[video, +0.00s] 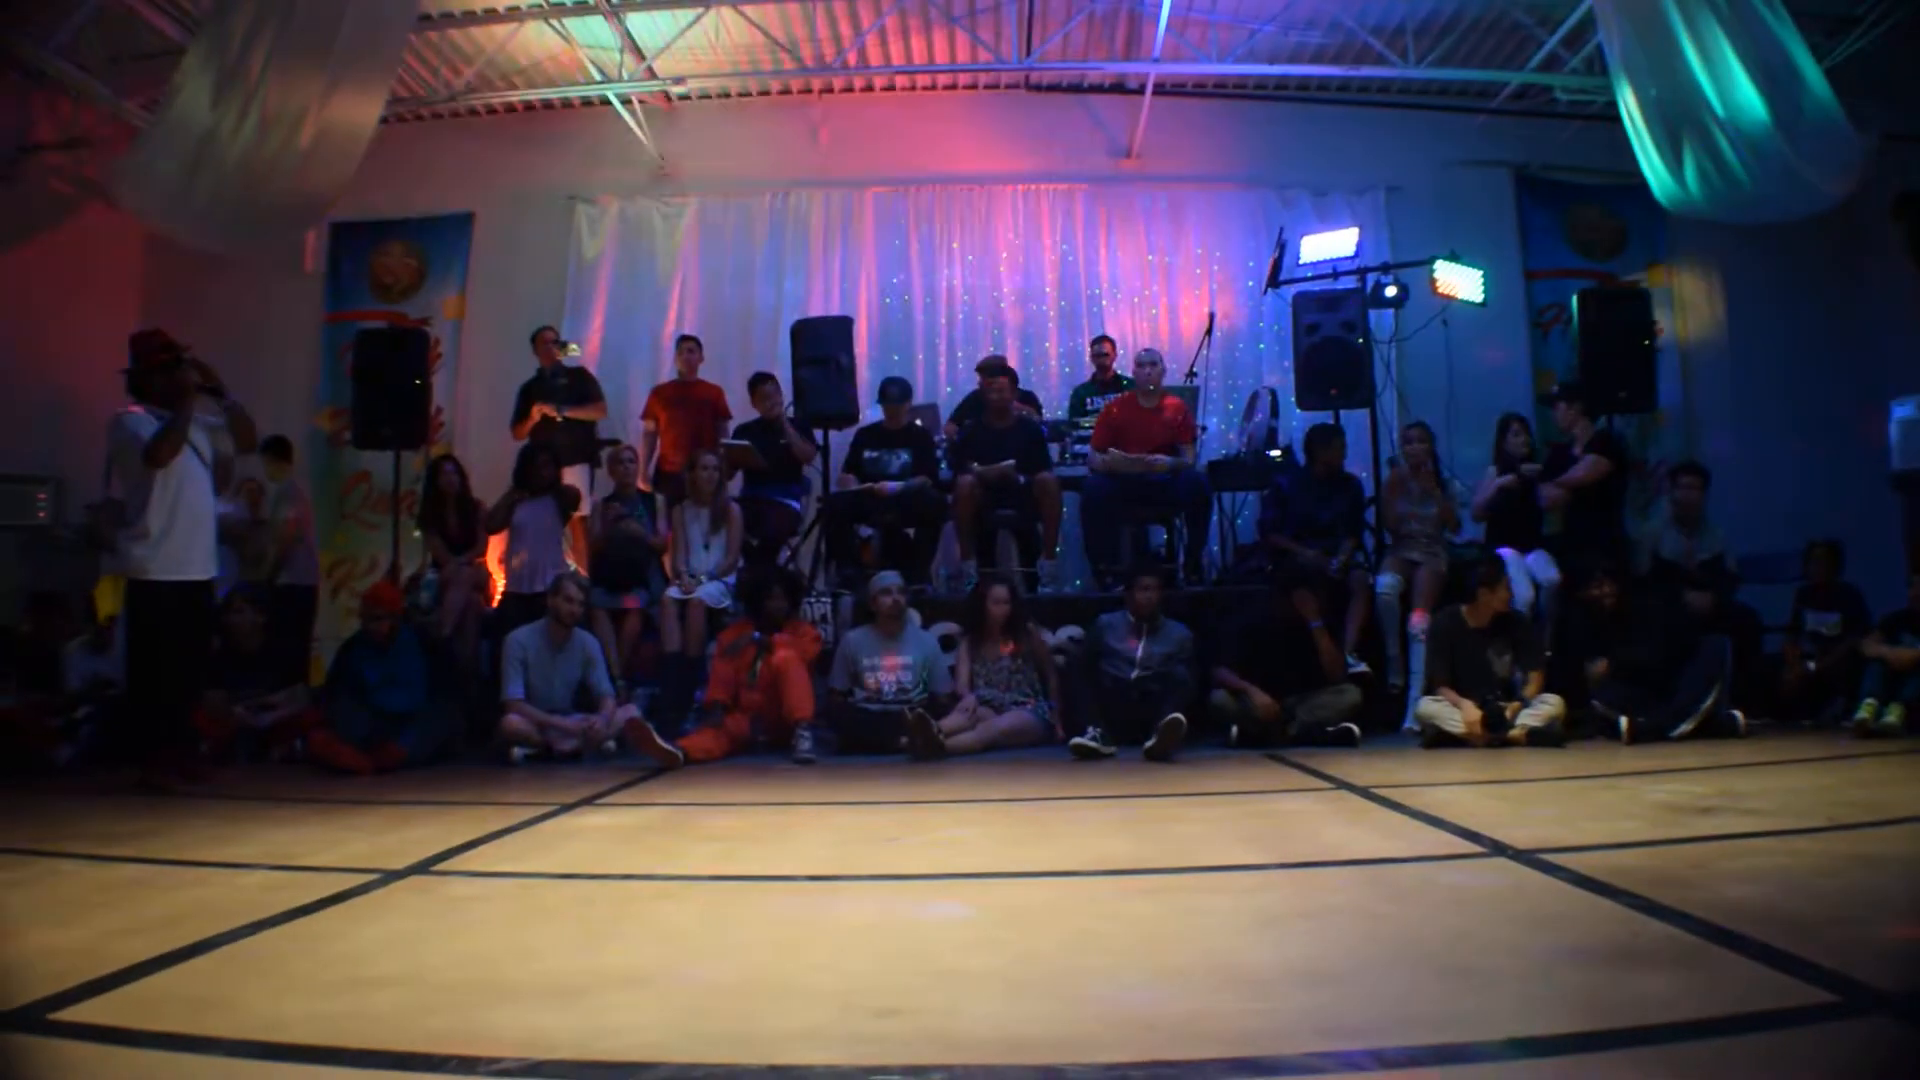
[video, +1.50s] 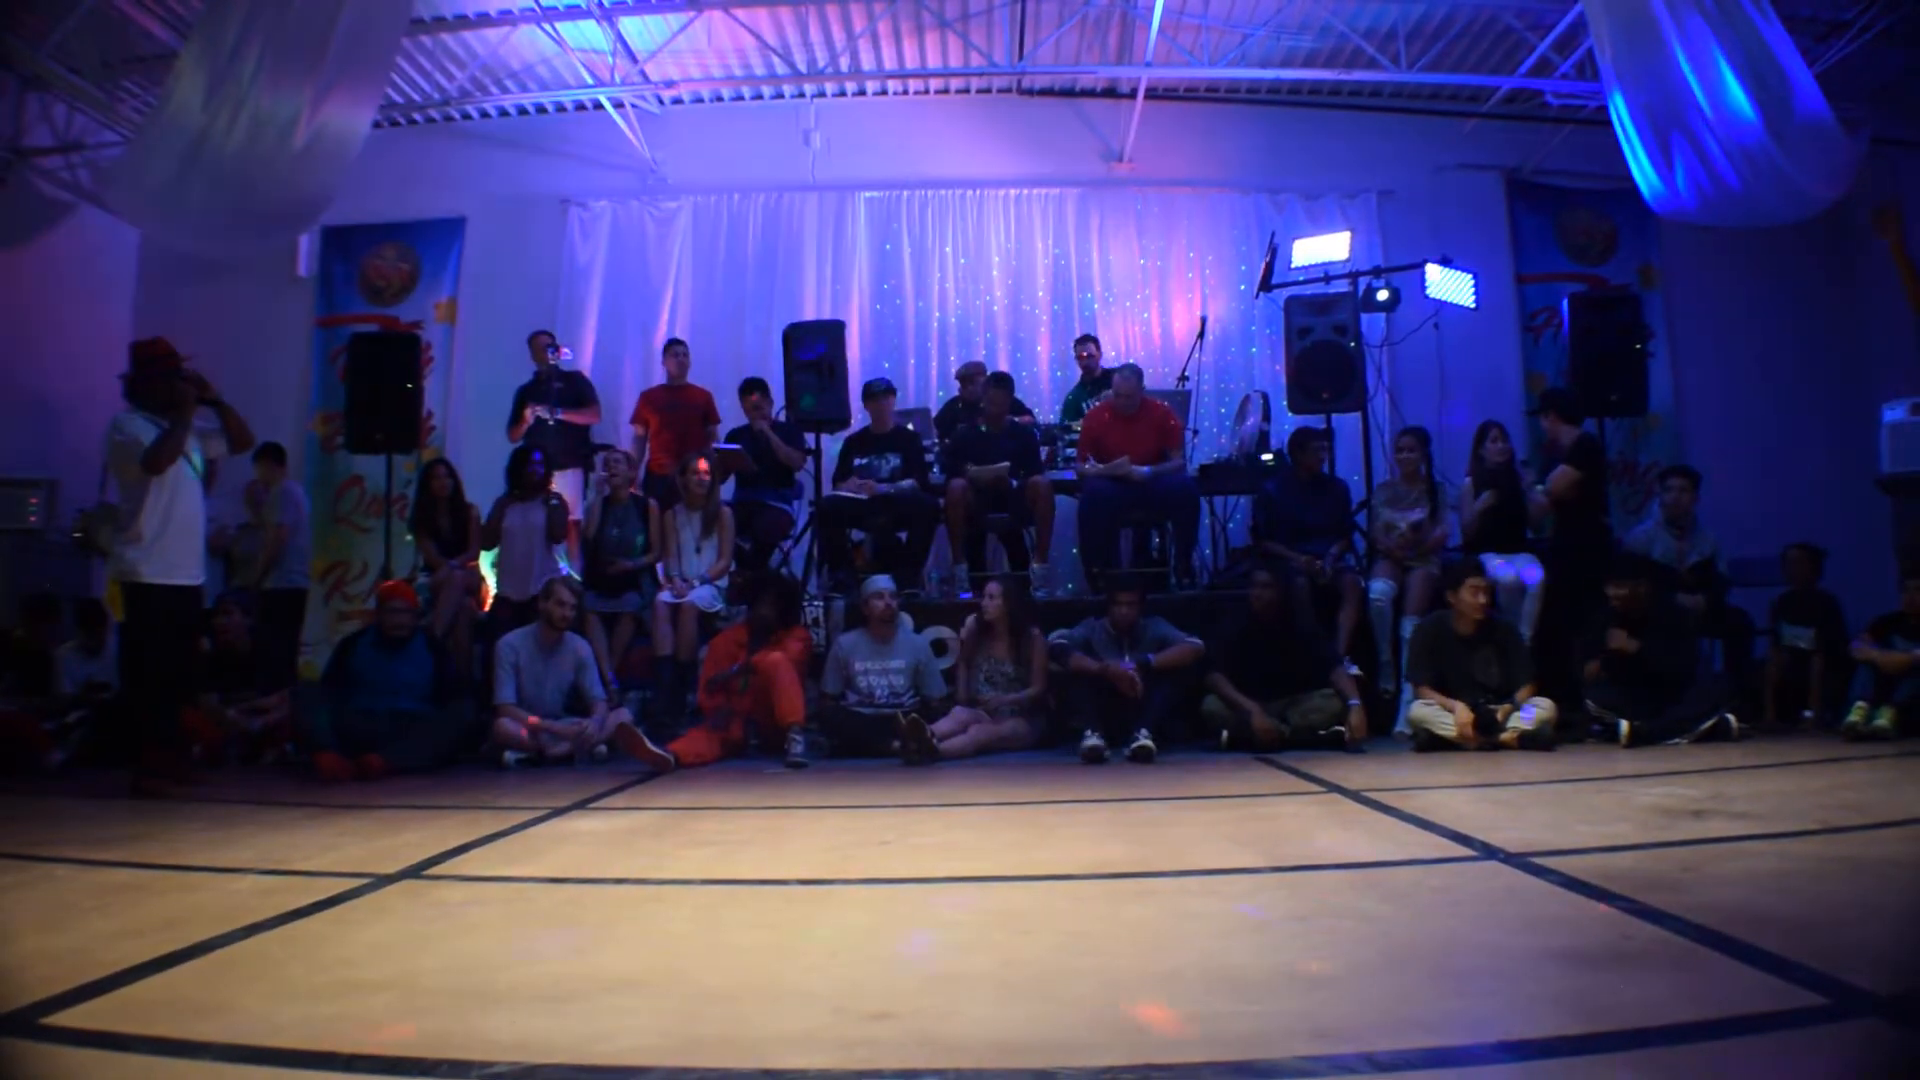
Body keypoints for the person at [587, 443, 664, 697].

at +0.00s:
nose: (627, 468)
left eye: (631, 462)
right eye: (620, 462)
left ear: (638, 467)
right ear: (610, 470)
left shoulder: (653, 501)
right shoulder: (602, 505)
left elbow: (661, 542)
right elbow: (594, 544)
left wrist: (637, 532)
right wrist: (610, 524)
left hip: (642, 573)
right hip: (608, 574)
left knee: (633, 605)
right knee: (597, 607)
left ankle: (618, 672)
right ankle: (615, 676)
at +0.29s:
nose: (625, 469)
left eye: (630, 463)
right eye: (618, 464)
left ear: (638, 469)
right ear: (609, 471)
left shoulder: (654, 502)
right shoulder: (600, 506)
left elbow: (660, 544)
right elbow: (594, 545)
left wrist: (636, 534)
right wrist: (609, 528)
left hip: (640, 569)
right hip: (607, 570)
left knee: (634, 604)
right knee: (596, 603)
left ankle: (617, 670)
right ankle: (613, 672)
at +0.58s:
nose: (621, 470)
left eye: (627, 464)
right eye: (615, 465)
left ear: (635, 470)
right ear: (607, 471)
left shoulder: (652, 504)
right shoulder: (598, 506)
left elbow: (661, 547)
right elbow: (592, 541)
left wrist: (639, 541)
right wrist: (606, 506)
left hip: (638, 577)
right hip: (604, 576)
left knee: (634, 607)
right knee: (595, 609)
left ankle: (615, 673)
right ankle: (613, 679)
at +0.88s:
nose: (618, 472)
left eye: (623, 466)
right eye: (612, 467)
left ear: (631, 471)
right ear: (603, 474)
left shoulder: (648, 504)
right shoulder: (596, 504)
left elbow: (658, 548)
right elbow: (588, 538)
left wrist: (636, 544)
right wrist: (598, 493)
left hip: (635, 573)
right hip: (602, 573)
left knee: (629, 608)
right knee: (591, 610)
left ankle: (610, 674)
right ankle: (609, 681)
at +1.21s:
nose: (615, 469)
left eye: (620, 464)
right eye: (609, 464)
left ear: (629, 471)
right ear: (602, 473)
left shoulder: (647, 505)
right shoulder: (596, 505)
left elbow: (656, 548)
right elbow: (590, 532)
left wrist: (635, 557)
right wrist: (595, 495)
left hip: (633, 575)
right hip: (601, 573)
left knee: (628, 610)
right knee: (590, 611)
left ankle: (609, 673)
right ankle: (608, 680)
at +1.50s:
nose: (611, 470)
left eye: (617, 465)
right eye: (608, 466)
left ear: (630, 472)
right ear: (603, 473)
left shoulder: (647, 505)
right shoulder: (596, 504)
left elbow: (656, 551)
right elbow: (589, 533)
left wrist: (630, 564)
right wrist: (598, 495)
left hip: (633, 575)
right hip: (600, 573)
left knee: (628, 609)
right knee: (590, 610)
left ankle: (610, 671)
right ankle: (607, 677)